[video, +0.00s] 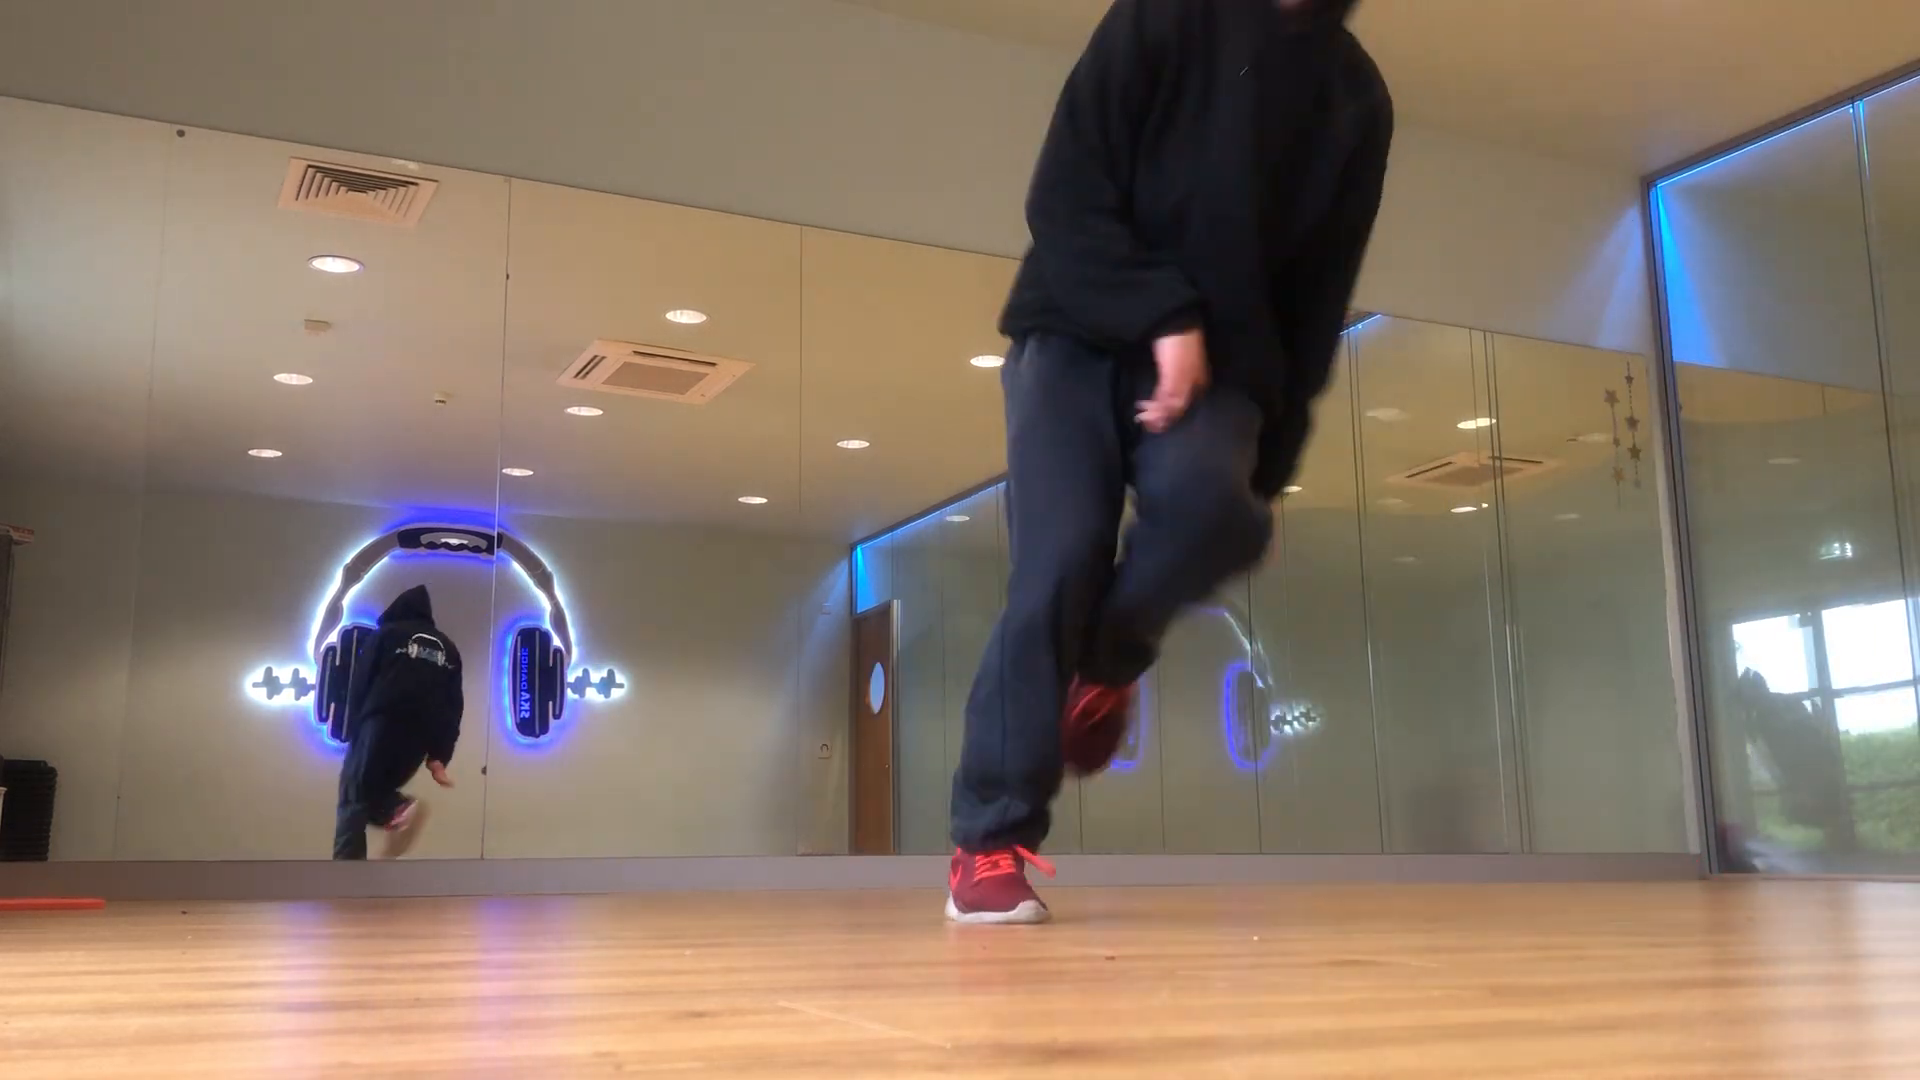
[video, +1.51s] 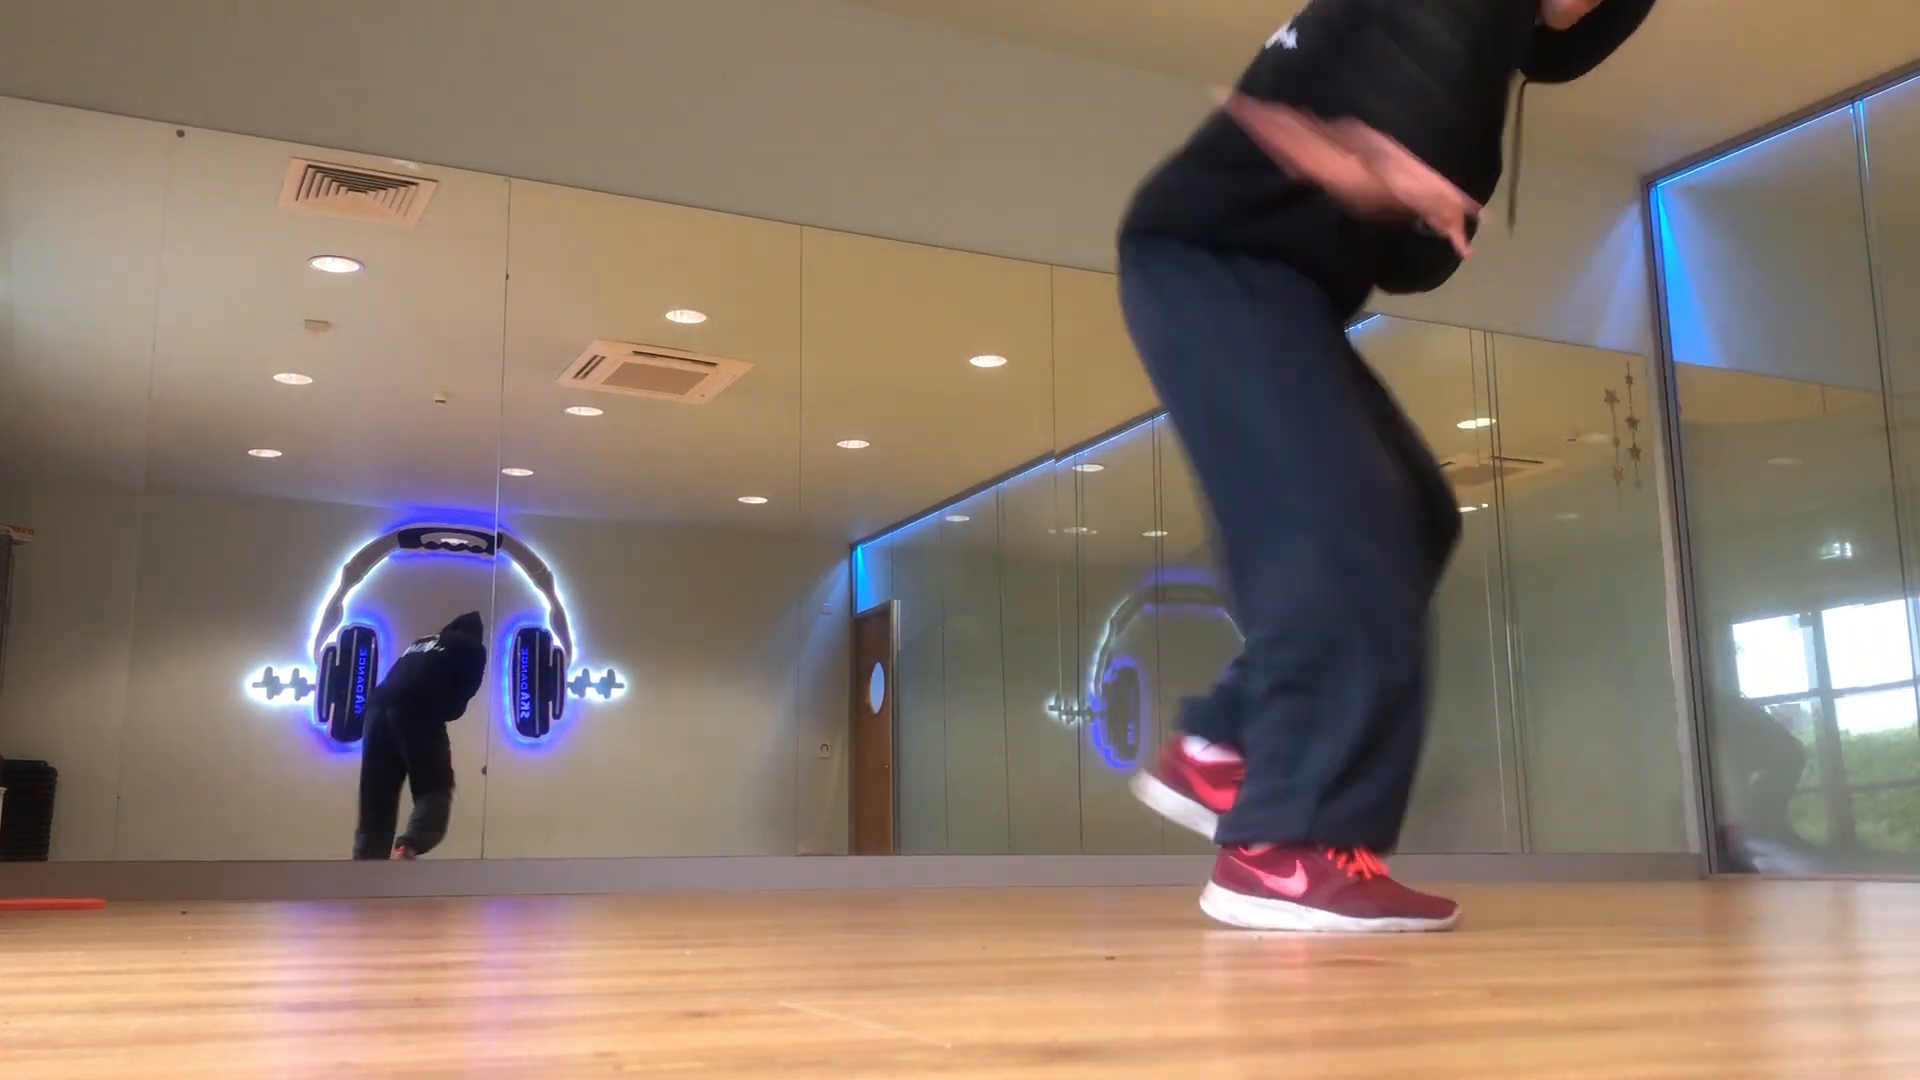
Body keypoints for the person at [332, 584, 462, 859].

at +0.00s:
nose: (387, 617)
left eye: (390, 613)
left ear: (396, 611)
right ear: (427, 614)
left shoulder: (386, 633)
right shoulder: (449, 648)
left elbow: (361, 680)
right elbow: (454, 705)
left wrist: (352, 729)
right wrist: (440, 755)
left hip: (384, 719)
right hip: (427, 727)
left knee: (353, 796)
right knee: (376, 791)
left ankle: (347, 869)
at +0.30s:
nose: (411, 631)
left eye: (411, 625)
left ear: (417, 617)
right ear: (446, 603)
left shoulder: (423, 642)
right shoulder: (481, 618)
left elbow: (435, 685)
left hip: (456, 715)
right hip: (500, 708)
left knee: (440, 779)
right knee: (500, 777)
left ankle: (430, 846)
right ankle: (522, 847)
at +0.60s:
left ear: (468, 620)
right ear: (496, 606)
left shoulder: (476, 640)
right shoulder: (528, 623)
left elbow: (470, 688)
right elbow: (555, 663)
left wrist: (469, 741)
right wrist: (562, 711)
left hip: (509, 722)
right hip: (552, 715)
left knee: (526, 794)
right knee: (552, 787)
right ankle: (535, 847)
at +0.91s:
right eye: (521, 611)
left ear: (492, 615)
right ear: (522, 612)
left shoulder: (476, 649)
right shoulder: (538, 637)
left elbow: (459, 708)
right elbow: (555, 682)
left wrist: (473, 762)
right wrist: (565, 725)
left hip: (491, 733)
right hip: (531, 727)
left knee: (518, 795)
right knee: (538, 797)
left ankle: (540, 862)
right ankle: (521, 864)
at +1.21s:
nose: (513, 613)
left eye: (511, 606)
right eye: (512, 607)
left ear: (487, 598)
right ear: (509, 604)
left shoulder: (461, 620)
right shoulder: (497, 620)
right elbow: (491, 678)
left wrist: (513, 672)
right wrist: (514, 672)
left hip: (419, 690)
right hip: (456, 693)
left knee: (432, 772)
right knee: (479, 768)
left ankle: (381, 835)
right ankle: (483, 851)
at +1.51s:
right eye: (477, 637)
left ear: (449, 629)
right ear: (475, 635)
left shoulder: (421, 643)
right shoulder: (472, 648)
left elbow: (394, 683)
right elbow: (464, 690)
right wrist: (441, 712)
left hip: (378, 711)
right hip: (418, 712)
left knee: (378, 791)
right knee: (433, 789)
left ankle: (367, 861)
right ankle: (408, 847)